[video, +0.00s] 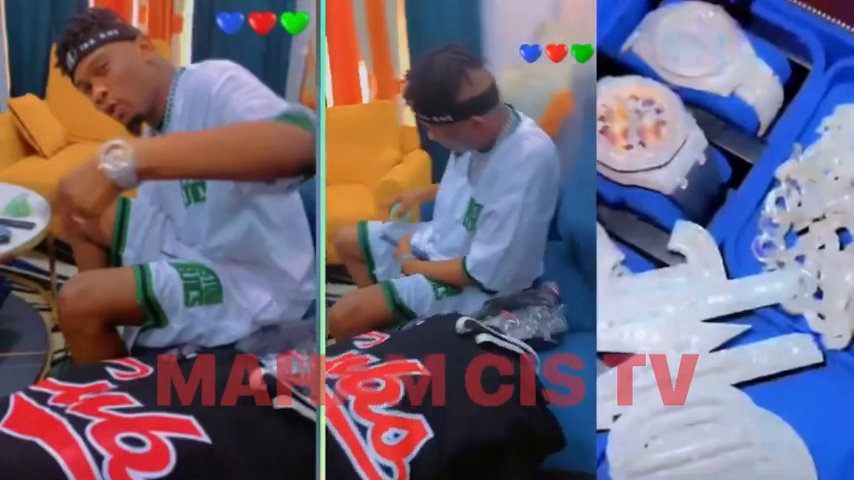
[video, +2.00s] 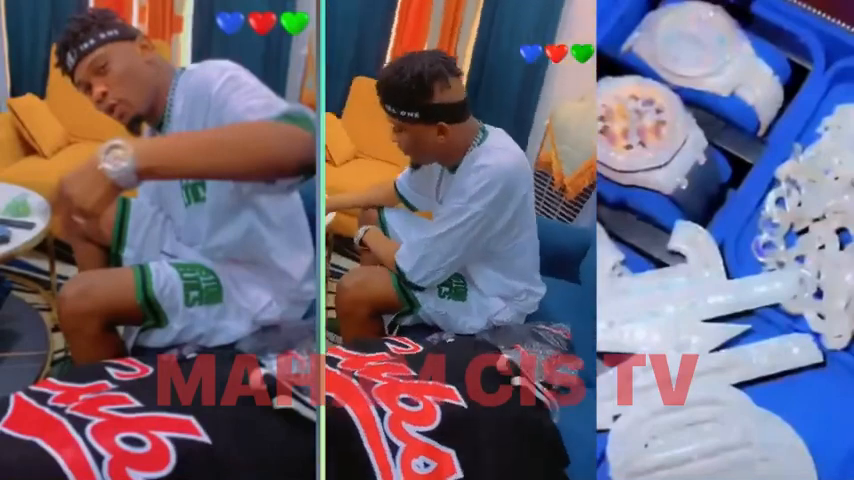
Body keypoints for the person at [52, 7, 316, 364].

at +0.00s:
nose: (98, 94)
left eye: (102, 70)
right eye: (87, 89)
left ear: (144, 48)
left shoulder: (213, 81)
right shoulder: (152, 132)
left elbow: (298, 145)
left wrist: (131, 160)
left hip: (259, 278)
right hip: (190, 251)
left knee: (80, 300)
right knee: (84, 214)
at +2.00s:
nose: (98, 94)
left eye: (102, 70)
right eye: (87, 89)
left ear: (144, 48)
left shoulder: (213, 81)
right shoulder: (153, 133)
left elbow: (299, 146)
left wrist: (132, 160)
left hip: (260, 279)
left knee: (80, 300)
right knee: (85, 215)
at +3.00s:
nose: (98, 94)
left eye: (102, 70)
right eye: (87, 89)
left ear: (144, 48)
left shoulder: (212, 81)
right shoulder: (152, 133)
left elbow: (298, 145)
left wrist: (133, 160)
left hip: (259, 278)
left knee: (80, 300)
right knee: (84, 214)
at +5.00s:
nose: (97, 94)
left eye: (102, 70)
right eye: (87, 89)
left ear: (145, 48)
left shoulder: (213, 81)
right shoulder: (153, 134)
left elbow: (298, 146)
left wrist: (131, 160)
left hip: (261, 278)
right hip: (191, 252)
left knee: (80, 300)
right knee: (83, 213)